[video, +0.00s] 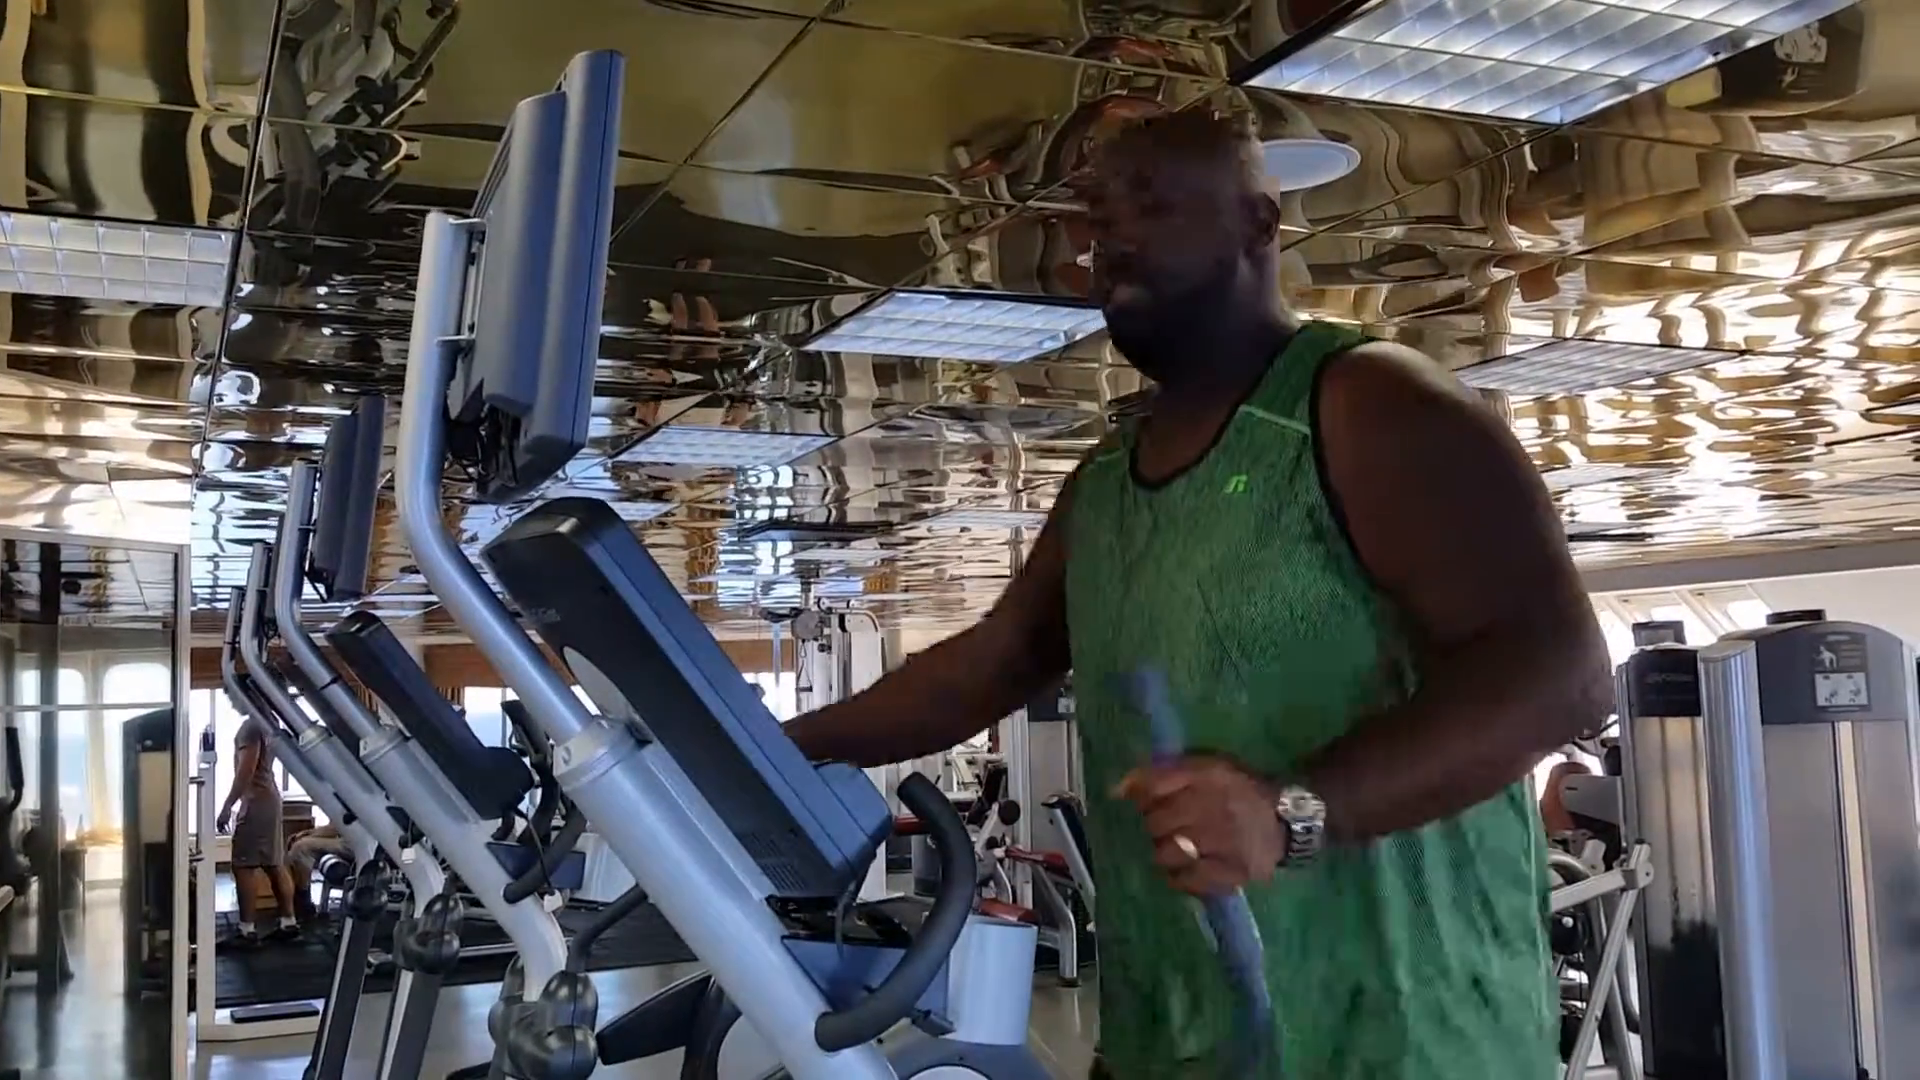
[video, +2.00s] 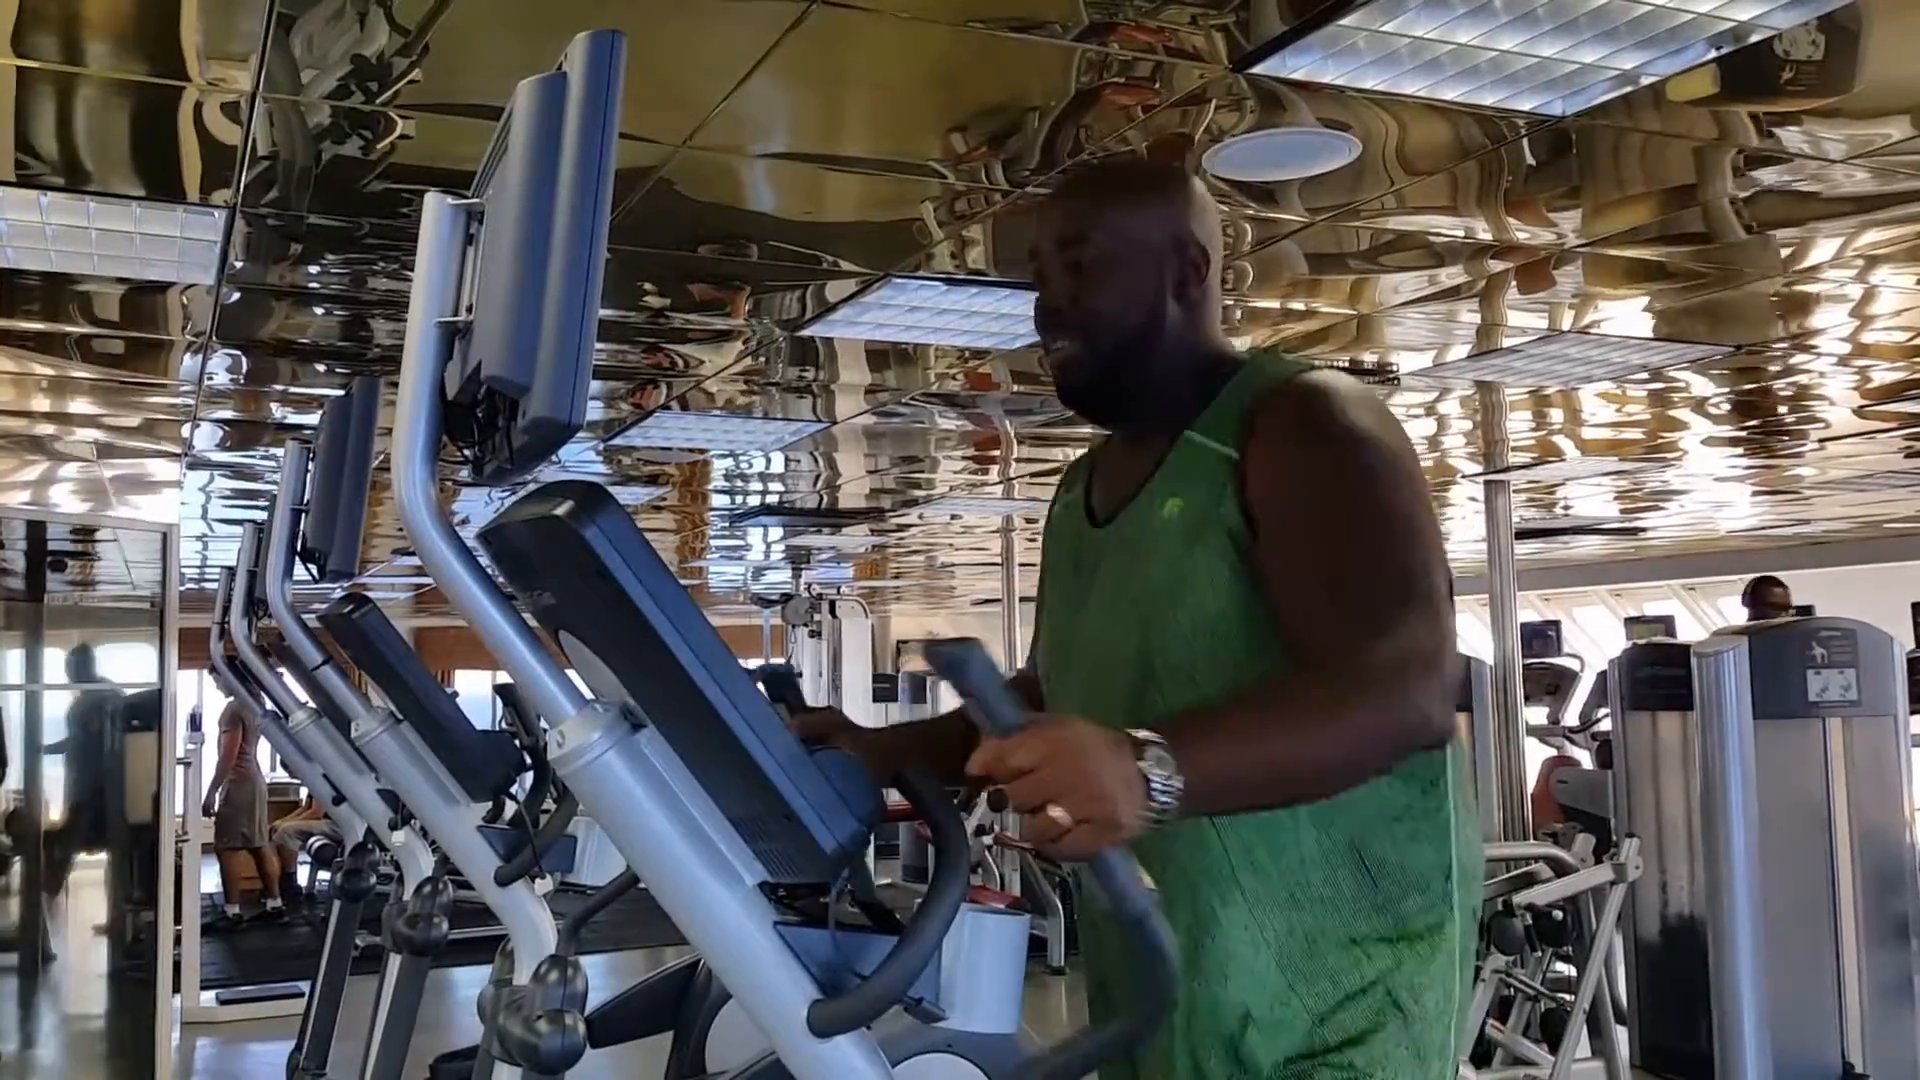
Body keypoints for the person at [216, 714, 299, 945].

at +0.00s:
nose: (228, 699)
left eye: (231, 691)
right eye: (227, 692)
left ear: (245, 694)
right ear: (253, 694)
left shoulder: (251, 726)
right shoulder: (266, 724)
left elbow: (245, 773)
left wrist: (226, 808)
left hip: (255, 801)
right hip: (271, 800)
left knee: (243, 865)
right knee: (274, 864)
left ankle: (247, 927)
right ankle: (289, 922)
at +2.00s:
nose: (214, 683)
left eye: (216, 677)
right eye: (213, 678)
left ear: (229, 676)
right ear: (236, 676)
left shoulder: (234, 709)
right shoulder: (254, 705)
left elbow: (228, 758)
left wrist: (211, 793)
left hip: (238, 783)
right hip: (256, 781)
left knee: (226, 847)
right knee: (260, 844)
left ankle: (232, 909)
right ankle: (275, 903)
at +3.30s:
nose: (204, 685)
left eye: (205, 679)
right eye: (202, 680)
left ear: (217, 676)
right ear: (225, 676)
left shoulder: (226, 706)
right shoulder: (243, 703)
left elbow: (222, 757)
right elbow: (237, 751)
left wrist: (206, 789)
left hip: (232, 781)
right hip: (247, 779)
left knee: (220, 844)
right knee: (253, 843)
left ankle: (225, 907)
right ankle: (268, 902)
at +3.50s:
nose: (204, 688)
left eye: (205, 682)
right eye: (202, 683)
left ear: (217, 679)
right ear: (225, 679)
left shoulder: (225, 710)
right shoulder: (242, 706)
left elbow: (221, 761)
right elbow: (236, 754)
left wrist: (204, 794)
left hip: (231, 785)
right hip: (247, 783)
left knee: (219, 848)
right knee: (253, 845)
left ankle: (226, 910)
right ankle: (269, 904)